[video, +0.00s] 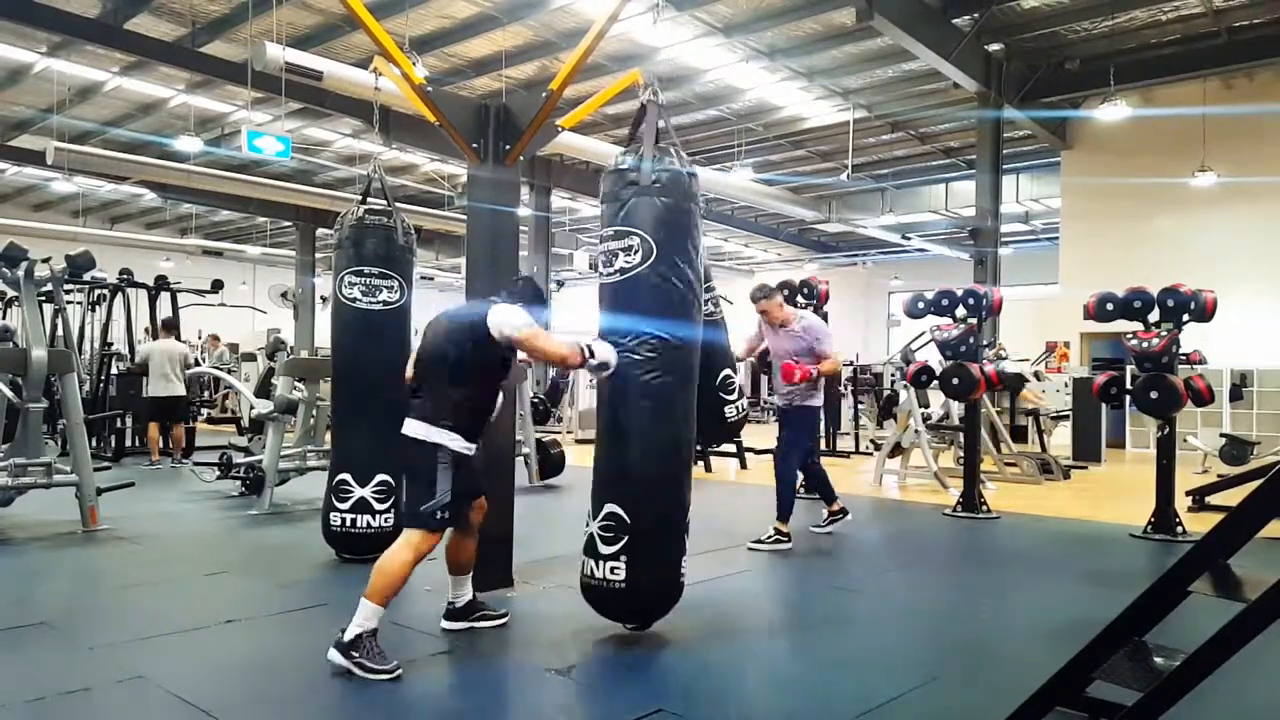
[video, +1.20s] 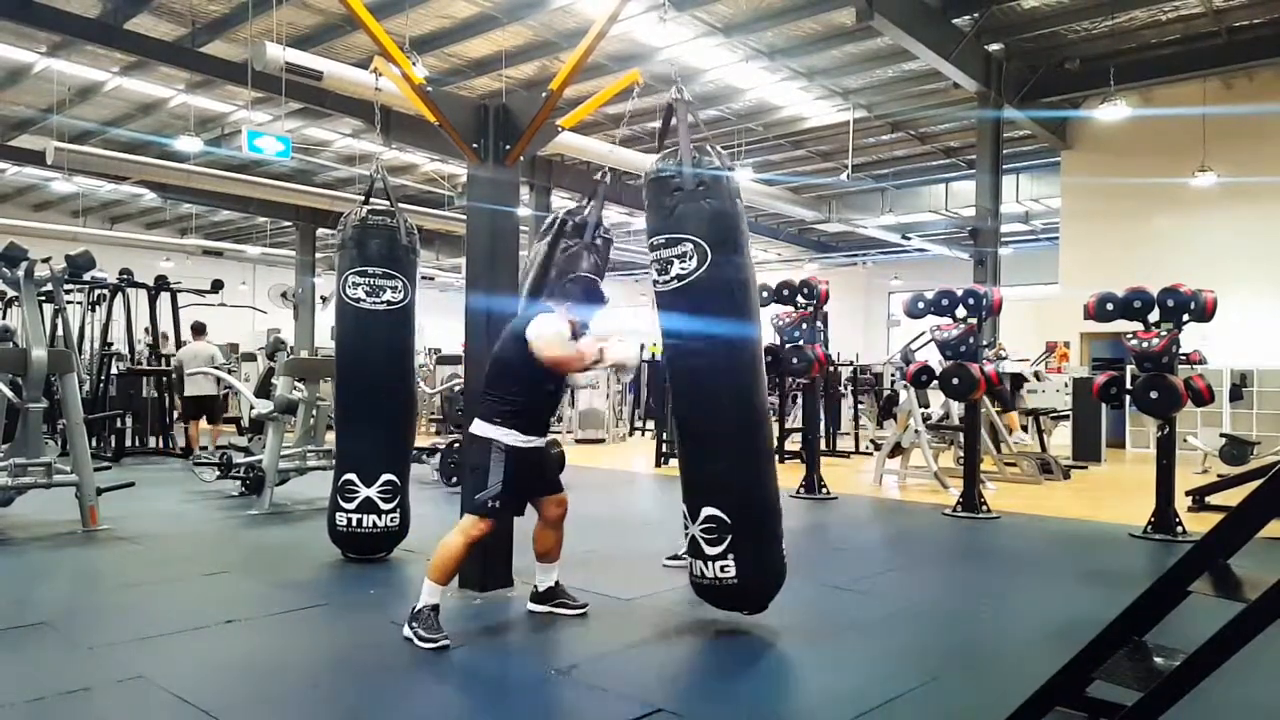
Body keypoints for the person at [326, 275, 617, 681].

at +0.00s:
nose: (536, 325)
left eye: (538, 319)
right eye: (537, 318)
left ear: (506, 294)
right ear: (526, 305)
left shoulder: (447, 318)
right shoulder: (504, 313)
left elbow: (412, 375)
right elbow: (551, 352)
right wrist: (590, 353)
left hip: (449, 441)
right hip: (432, 439)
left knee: (473, 510)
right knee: (421, 535)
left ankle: (461, 605)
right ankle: (356, 636)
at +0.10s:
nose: (534, 331)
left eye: (539, 325)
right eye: (537, 321)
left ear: (518, 304)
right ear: (521, 304)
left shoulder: (492, 320)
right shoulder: (490, 314)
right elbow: (500, 366)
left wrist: (535, 385)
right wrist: (541, 375)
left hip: (462, 440)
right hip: (436, 435)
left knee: (481, 513)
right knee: (420, 530)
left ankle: (462, 606)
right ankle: (360, 633)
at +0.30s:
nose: (534, 333)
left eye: (538, 327)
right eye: (534, 324)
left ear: (518, 309)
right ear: (515, 306)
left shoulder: (504, 341)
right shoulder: (465, 327)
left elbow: (495, 393)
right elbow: (454, 388)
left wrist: (523, 397)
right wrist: (503, 378)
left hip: (472, 449)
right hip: (430, 446)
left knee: (510, 513)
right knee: (413, 538)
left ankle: (479, 589)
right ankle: (362, 630)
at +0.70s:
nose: (561, 338)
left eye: (565, 332)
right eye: (562, 330)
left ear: (545, 314)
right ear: (548, 315)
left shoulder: (519, 330)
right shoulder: (518, 330)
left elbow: (503, 387)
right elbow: (513, 383)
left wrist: (541, 398)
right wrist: (556, 391)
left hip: (496, 444)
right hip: (466, 439)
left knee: (521, 512)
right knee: (448, 529)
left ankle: (502, 598)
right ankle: (375, 617)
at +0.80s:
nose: (564, 331)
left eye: (568, 325)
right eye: (564, 322)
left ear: (548, 310)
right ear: (546, 307)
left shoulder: (539, 338)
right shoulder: (499, 324)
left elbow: (552, 388)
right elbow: (490, 381)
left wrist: (603, 372)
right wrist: (539, 365)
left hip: (505, 437)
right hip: (467, 432)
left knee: (526, 512)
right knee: (464, 519)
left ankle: (504, 595)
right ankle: (407, 612)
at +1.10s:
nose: (575, 324)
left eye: (579, 318)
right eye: (572, 315)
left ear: (575, 313)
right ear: (552, 304)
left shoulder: (566, 340)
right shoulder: (506, 334)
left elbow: (587, 373)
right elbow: (467, 375)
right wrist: (508, 406)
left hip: (533, 448)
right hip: (488, 446)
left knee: (557, 513)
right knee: (474, 525)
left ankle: (546, 590)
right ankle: (426, 613)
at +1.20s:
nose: (587, 324)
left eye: (590, 319)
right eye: (585, 317)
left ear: (582, 312)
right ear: (568, 305)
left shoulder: (565, 330)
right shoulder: (544, 321)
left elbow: (578, 359)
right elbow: (554, 358)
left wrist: (603, 355)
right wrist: (594, 352)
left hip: (531, 441)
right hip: (494, 438)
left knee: (554, 508)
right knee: (476, 525)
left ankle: (545, 589)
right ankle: (424, 611)